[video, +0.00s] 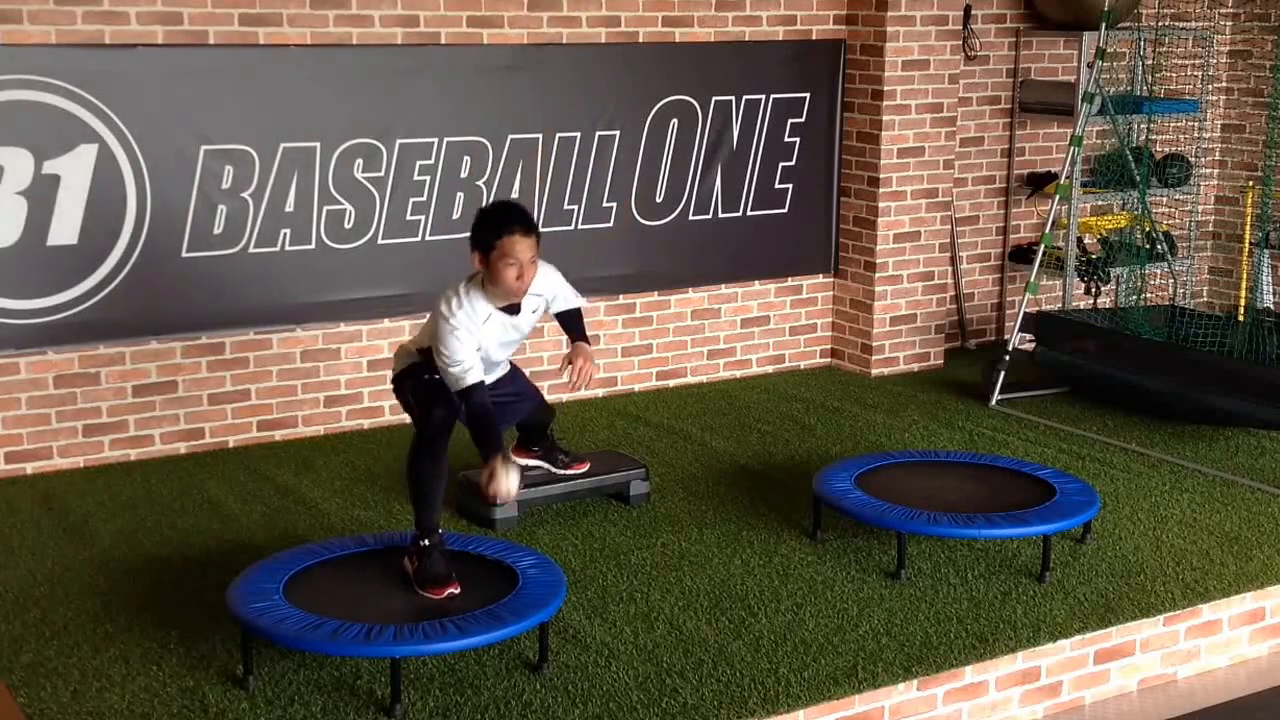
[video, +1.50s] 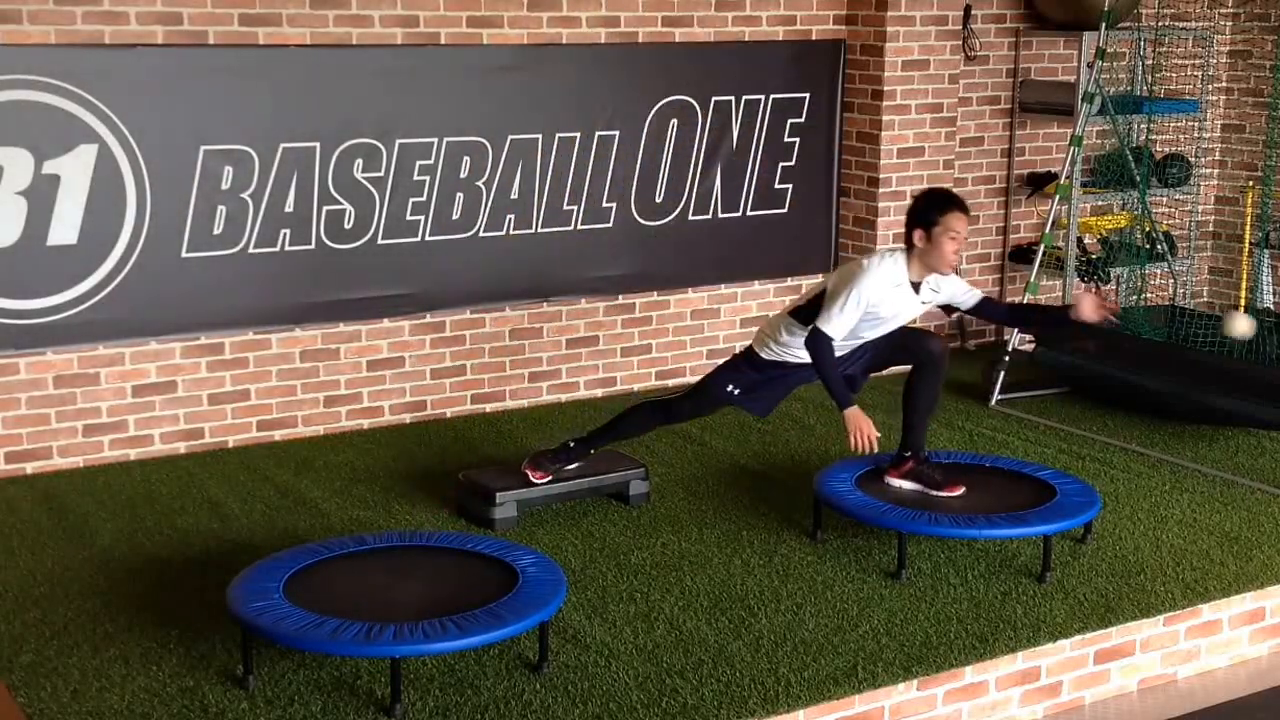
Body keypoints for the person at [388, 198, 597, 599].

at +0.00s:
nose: (525, 274)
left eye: (532, 262)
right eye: (512, 265)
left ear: (538, 256)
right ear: (480, 262)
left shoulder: (543, 279)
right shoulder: (457, 312)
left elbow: (567, 303)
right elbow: (472, 391)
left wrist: (580, 342)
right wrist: (496, 458)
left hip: (492, 366)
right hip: (428, 369)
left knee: (538, 413)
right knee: (437, 419)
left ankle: (534, 446)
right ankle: (427, 544)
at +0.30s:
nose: (577, 196)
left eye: (579, 185)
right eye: (565, 186)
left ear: (584, 188)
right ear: (531, 191)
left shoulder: (571, 228)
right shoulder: (518, 251)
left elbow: (577, 263)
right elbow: (534, 331)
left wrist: (602, 292)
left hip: (515, 332)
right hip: (460, 336)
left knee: (562, 379)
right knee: (484, 419)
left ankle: (529, 446)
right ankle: (432, 544)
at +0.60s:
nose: (643, 64)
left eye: (647, 54)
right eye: (632, 54)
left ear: (650, 58)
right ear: (600, 60)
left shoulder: (650, 110)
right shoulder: (593, 113)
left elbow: (687, 122)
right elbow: (590, 163)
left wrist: (721, 116)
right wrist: (637, 135)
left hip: (615, 267)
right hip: (570, 265)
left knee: (618, 356)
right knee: (532, 369)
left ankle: (545, 434)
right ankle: (467, 476)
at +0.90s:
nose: (756, 100)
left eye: (759, 90)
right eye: (746, 89)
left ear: (761, 94)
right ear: (713, 91)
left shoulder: (754, 146)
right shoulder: (687, 144)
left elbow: (796, 195)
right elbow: (656, 209)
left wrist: (843, 214)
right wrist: (741, 198)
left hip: (717, 272)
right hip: (655, 280)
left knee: (805, 326)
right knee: (596, 368)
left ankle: (868, 424)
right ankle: (546, 446)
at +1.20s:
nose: (899, 217)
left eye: (903, 208)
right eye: (889, 207)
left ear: (901, 212)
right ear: (855, 209)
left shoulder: (896, 259)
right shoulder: (818, 257)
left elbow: (936, 314)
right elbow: (762, 321)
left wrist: (982, 353)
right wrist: (781, 386)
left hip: (829, 340)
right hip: (768, 345)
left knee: (912, 352)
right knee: (667, 404)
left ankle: (909, 463)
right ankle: (566, 444)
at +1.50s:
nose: (964, 250)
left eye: (966, 240)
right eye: (956, 239)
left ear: (950, 243)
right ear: (919, 239)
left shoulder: (942, 280)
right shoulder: (875, 275)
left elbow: (1002, 311)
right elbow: (822, 341)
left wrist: (1071, 312)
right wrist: (850, 406)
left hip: (846, 349)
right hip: (787, 349)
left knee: (930, 346)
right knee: (687, 406)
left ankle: (909, 461)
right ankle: (571, 454)